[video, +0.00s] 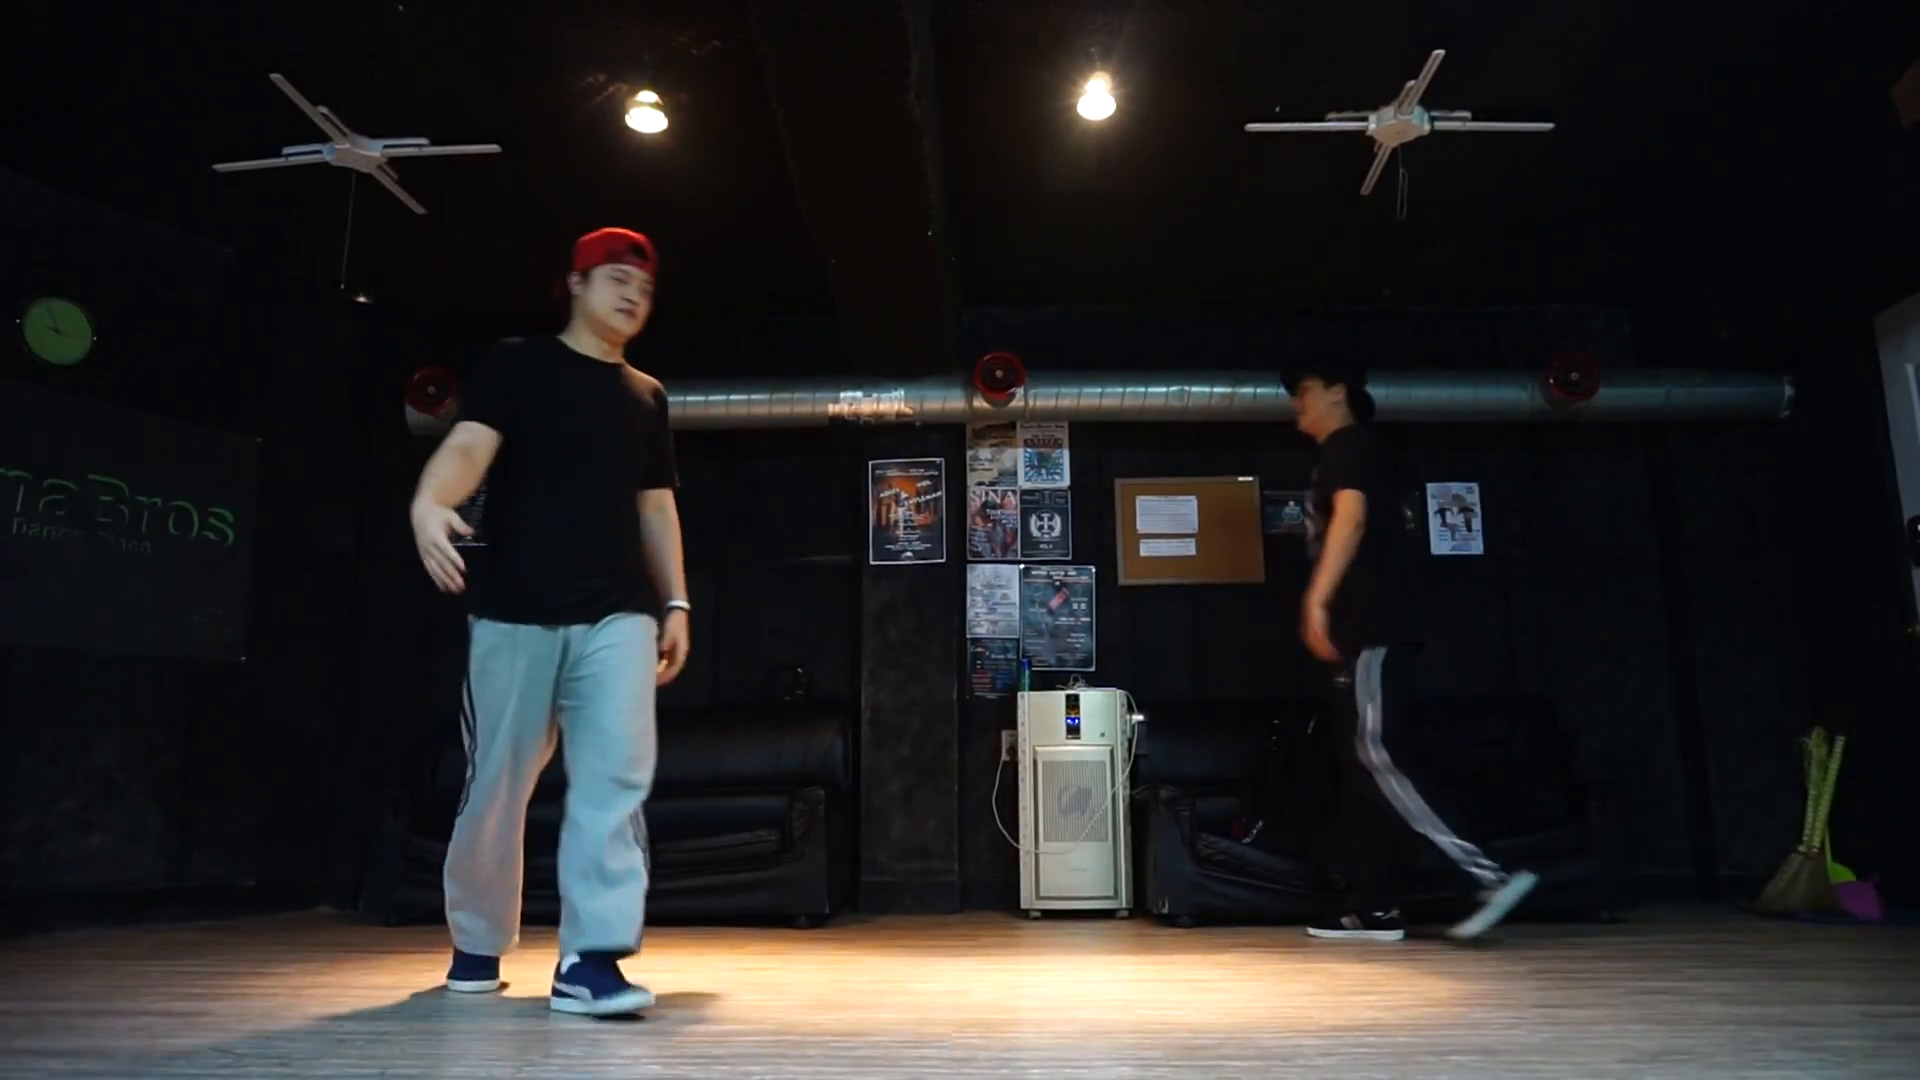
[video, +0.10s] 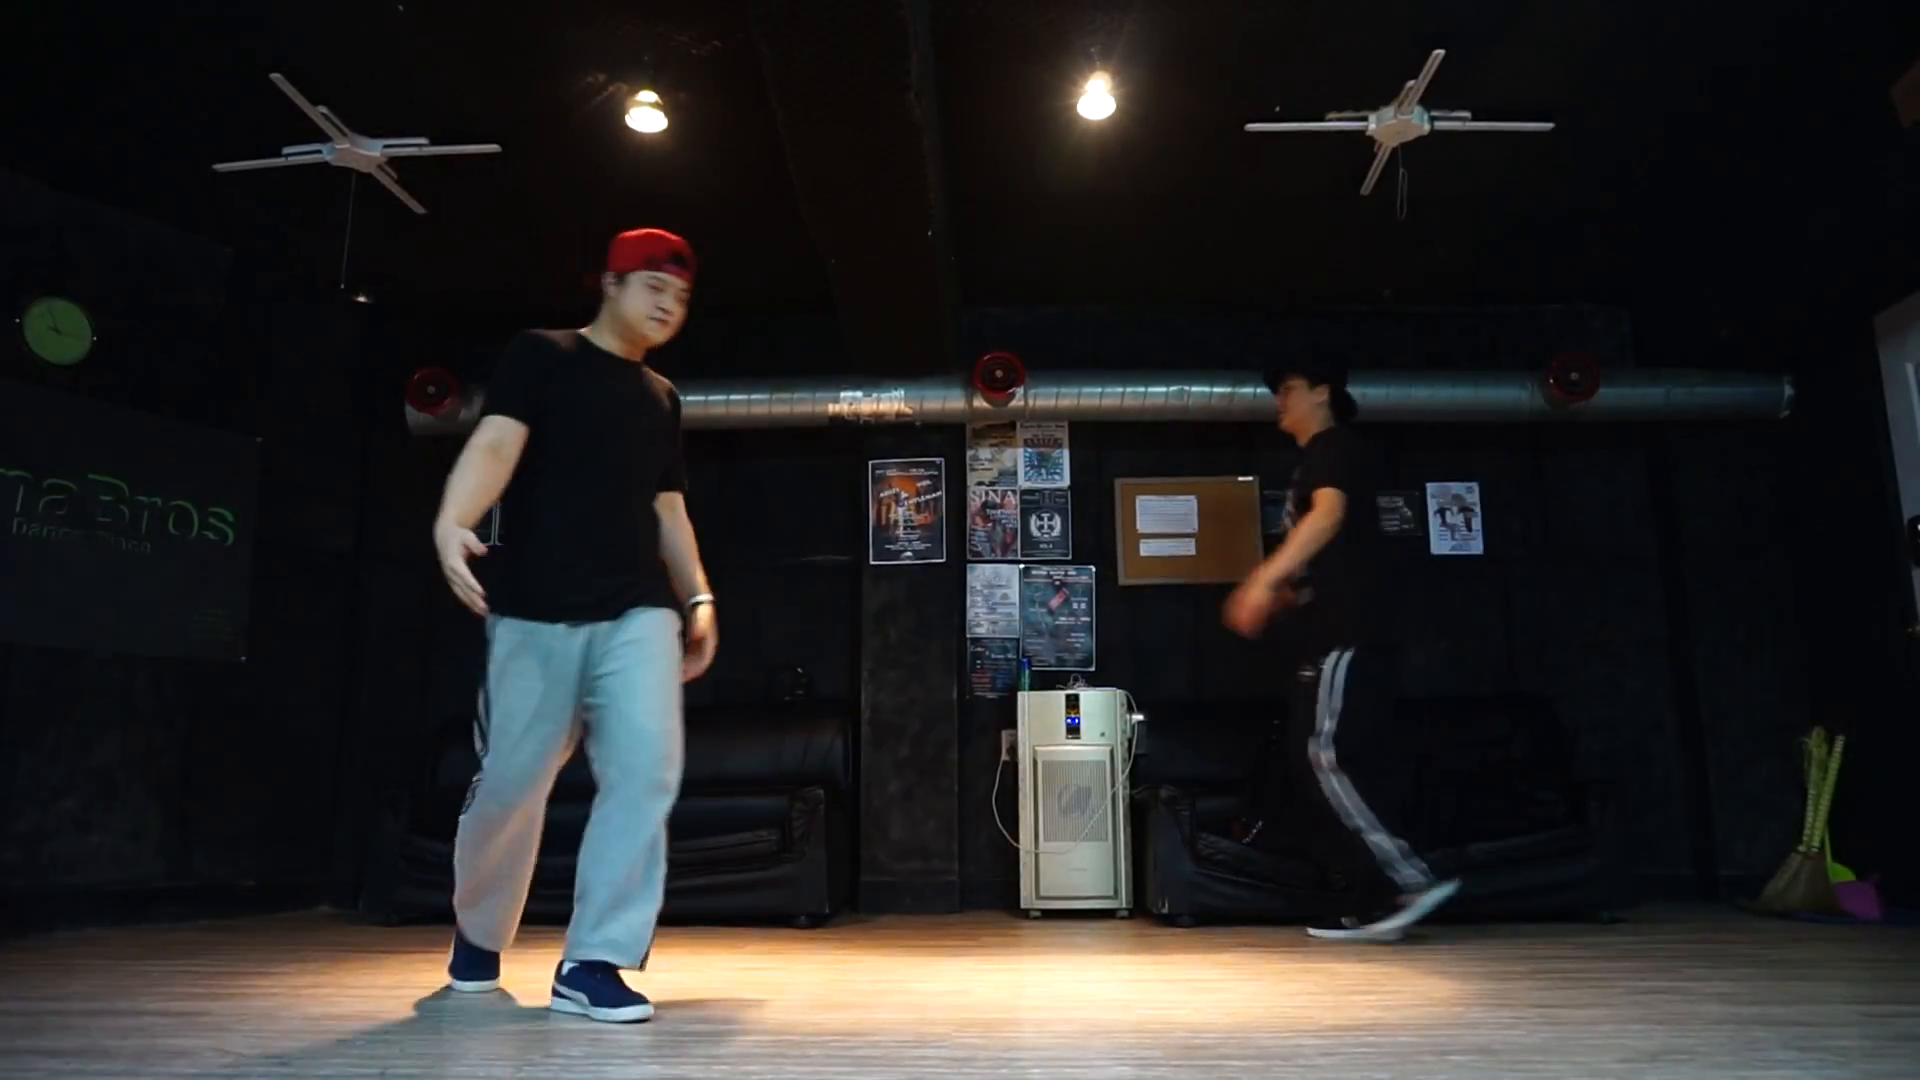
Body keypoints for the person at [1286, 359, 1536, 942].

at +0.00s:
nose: (1296, 406)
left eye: (1303, 393)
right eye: (1296, 395)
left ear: (1337, 392)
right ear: (1336, 393)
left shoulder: (1352, 446)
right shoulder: (1345, 450)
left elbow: (1350, 520)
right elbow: (1353, 531)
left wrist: (1316, 601)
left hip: (1375, 622)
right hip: (1363, 623)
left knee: (1376, 755)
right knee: (1358, 761)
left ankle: (1491, 879)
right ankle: (1374, 907)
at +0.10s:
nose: (1279, 404)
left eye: (1287, 391)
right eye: (1279, 393)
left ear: (1321, 392)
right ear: (1315, 395)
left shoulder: (1333, 448)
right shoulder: (1323, 455)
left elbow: (1327, 517)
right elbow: (1327, 541)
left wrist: (1262, 579)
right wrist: (1284, 590)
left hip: (1345, 626)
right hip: (1332, 625)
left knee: (1321, 755)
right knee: (1316, 759)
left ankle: (1411, 883)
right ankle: (1370, 901)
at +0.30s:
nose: (1229, 416)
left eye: (1237, 402)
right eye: (1227, 406)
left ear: (1273, 399)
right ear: (1258, 405)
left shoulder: (1290, 462)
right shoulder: (1277, 469)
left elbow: (1255, 538)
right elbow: (1246, 564)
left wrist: (1171, 553)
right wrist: (1167, 563)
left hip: (1297, 643)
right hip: (1296, 641)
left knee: (1261, 771)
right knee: (1334, 773)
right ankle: (1374, 907)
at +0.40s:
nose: (1195, 431)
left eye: (1202, 418)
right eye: (1193, 420)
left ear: (1235, 411)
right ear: (1224, 418)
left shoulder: (1260, 470)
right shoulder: (1253, 472)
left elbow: (1222, 557)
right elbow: (1215, 565)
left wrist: (1144, 567)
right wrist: (1150, 565)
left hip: (1265, 648)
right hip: (1273, 646)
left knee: (1230, 776)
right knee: (1316, 774)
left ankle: (1181, 908)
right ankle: (1370, 904)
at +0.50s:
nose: (1160, 442)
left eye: (1164, 428)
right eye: (1156, 431)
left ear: (1194, 417)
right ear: (1178, 424)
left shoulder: (1225, 474)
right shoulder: (1220, 473)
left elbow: (1200, 562)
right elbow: (1202, 564)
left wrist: (1130, 608)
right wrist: (1137, 604)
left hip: (1229, 649)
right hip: (1236, 645)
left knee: (1192, 779)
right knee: (1271, 774)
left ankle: (1171, 912)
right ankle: (1360, 894)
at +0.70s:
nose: (1084, 441)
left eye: (1087, 428)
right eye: (1081, 430)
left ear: (1117, 416)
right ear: (1115, 419)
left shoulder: (1150, 470)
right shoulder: (1145, 469)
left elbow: (1154, 558)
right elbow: (1152, 559)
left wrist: (1161, 642)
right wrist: (1158, 644)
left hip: (1167, 652)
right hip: (1156, 650)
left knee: (1160, 783)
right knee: (1160, 779)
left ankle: (1171, 912)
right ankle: (1252, 848)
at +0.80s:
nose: (1057, 432)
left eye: (1060, 419)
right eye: (1053, 421)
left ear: (1088, 409)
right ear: (1080, 414)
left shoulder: (1123, 465)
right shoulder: (1100, 470)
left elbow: (1146, 541)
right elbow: (1121, 555)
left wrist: (1162, 621)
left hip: (1139, 645)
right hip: (1115, 646)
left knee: (1148, 774)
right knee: (1099, 761)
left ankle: (1170, 909)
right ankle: (1171, 873)